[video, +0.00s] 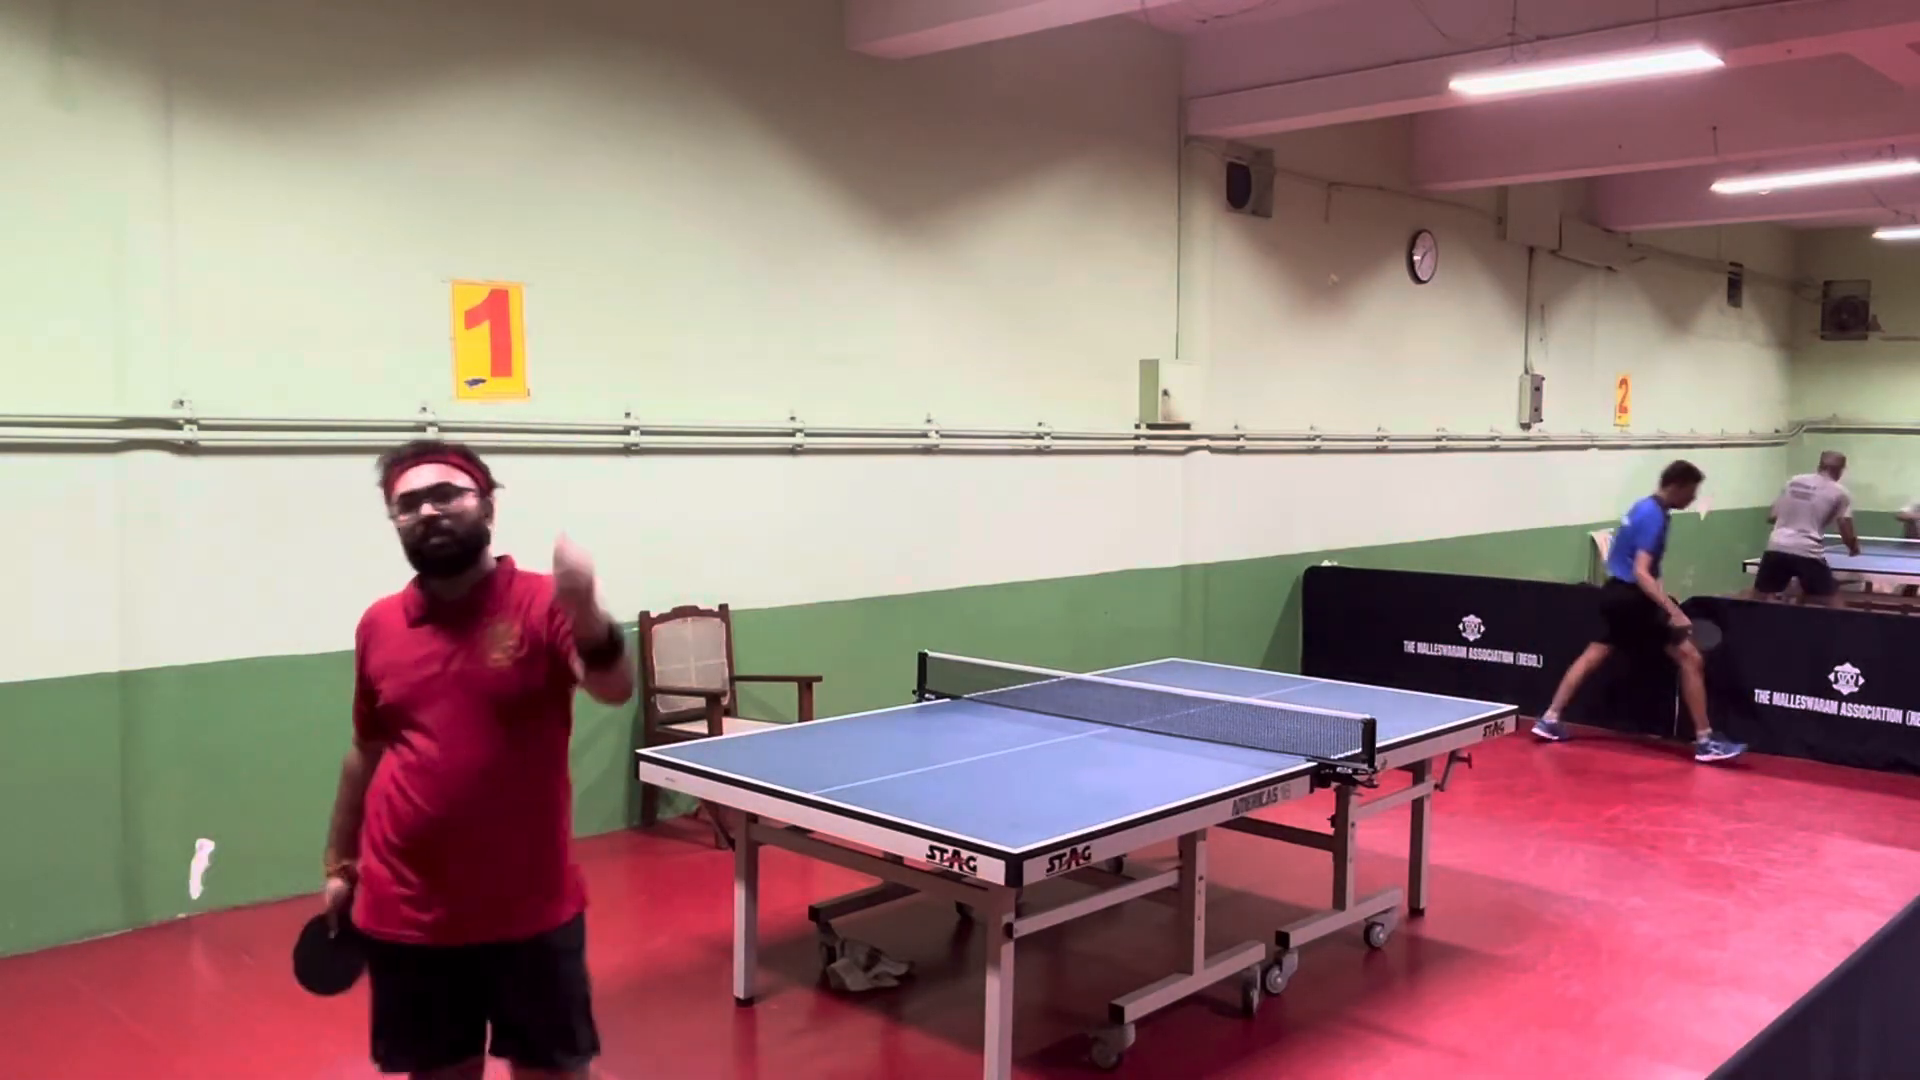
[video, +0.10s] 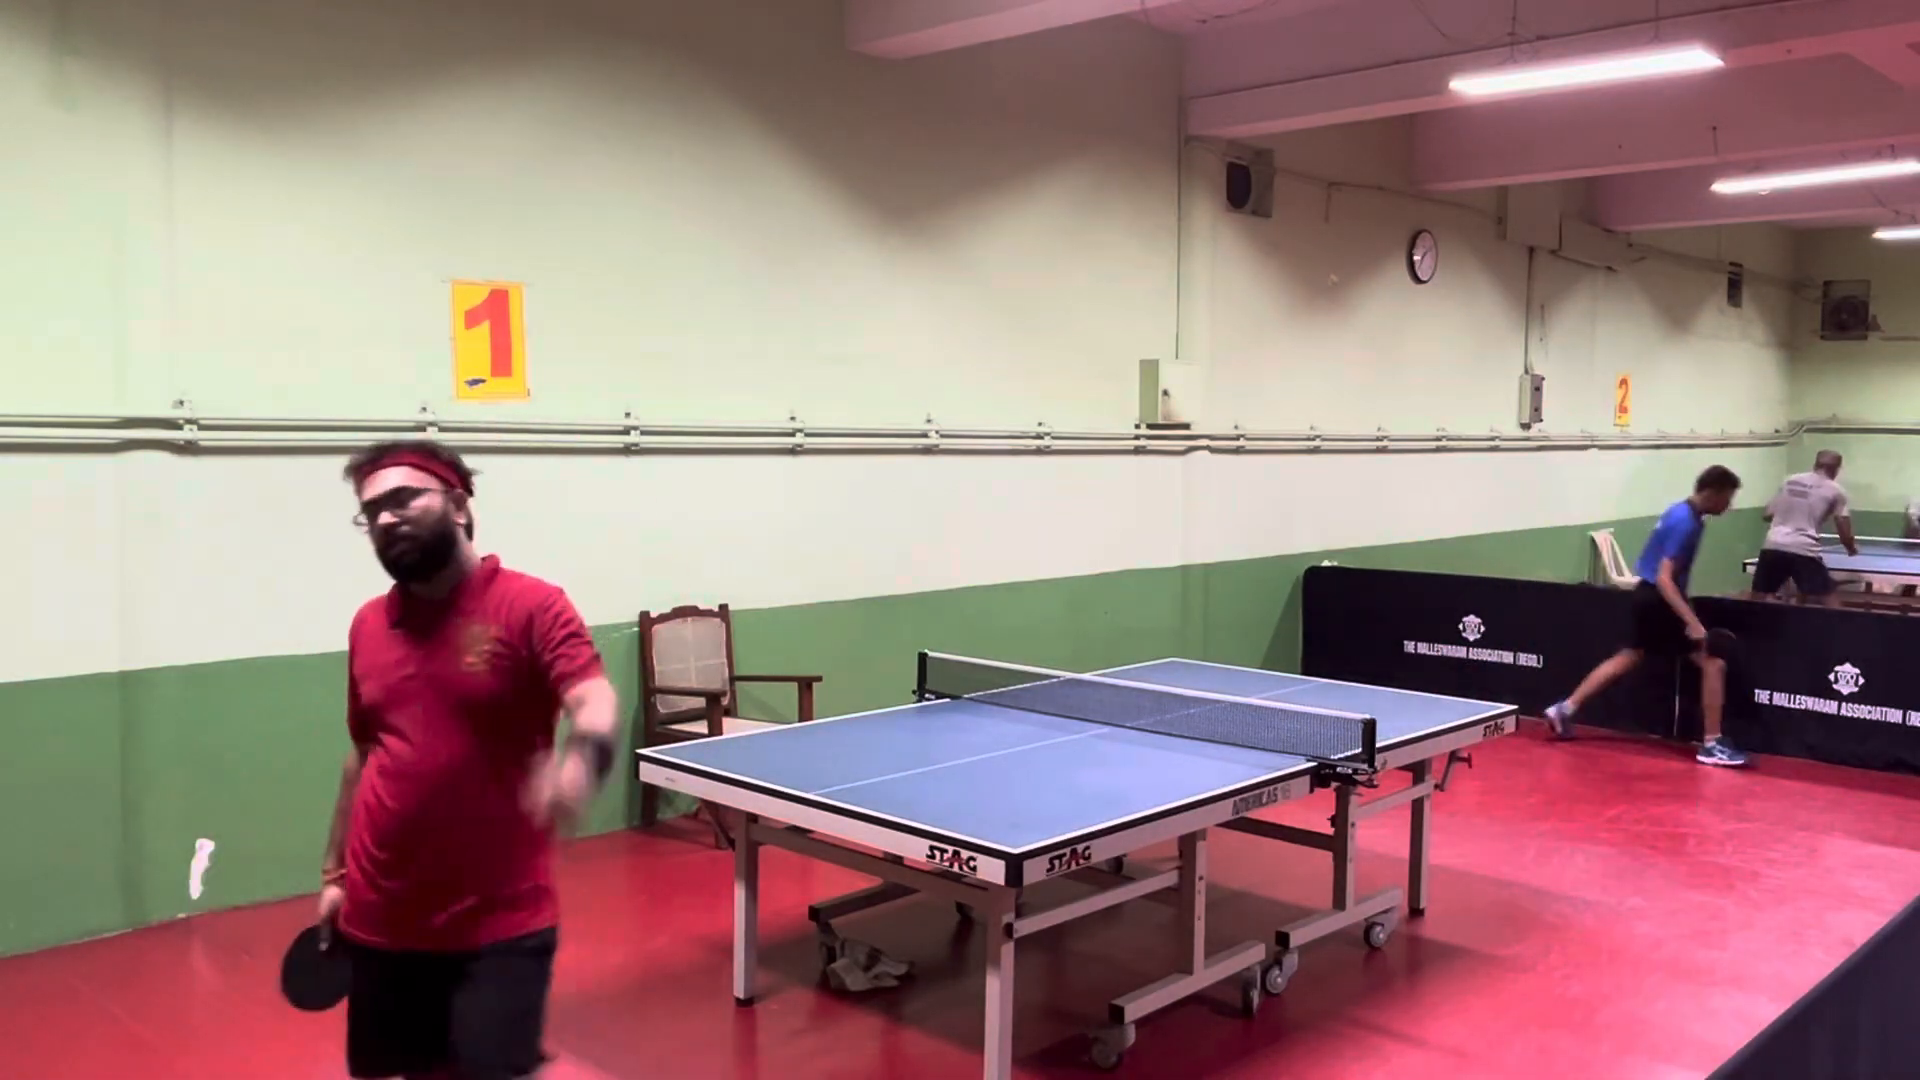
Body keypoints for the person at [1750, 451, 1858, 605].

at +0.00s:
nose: (1842, 474)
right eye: (1841, 470)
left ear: (1819, 466)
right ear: (1839, 470)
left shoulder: (1795, 481)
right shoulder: (1840, 493)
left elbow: (1772, 516)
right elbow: (1847, 534)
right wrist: (1854, 548)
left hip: (1776, 552)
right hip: (1808, 557)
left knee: (1758, 601)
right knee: (1834, 605)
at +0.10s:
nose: (1837, 473)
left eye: (1837, 469)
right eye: (1837, 469)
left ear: (1815, 465)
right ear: (1835, 469)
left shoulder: (1791, 480)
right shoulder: (1836, 491)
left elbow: (1768, 514)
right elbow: (1845, 535)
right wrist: (1852, 549)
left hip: (1772, 550)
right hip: (1804, 554)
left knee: (1757, 600)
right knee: (1831, 603)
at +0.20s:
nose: (1837, 475)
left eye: (1837, 471)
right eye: (1837, 471)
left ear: (1814, 467)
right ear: (1834, 471)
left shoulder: (1788, 481)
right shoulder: (1834, 492)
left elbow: (1766, 516)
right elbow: (1843, 537)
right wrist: (1855, 550)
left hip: (1772, 550)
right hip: (1804, 554)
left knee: (1756, 601)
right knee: (1831, 603)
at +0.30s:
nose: (1842, 479)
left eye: (1843, 475)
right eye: (1843, 475)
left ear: (1819, 469)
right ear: (1839, 474)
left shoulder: (1794, 483)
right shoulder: (1836, 493)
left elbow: (1767, 516)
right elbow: (1845, 539)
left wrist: (1783, 526)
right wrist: (1872, 555)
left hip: (1777, 553)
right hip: (1809, 556)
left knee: (1758, 602)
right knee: (1839, 603)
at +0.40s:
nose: (1856, 484)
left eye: (1857, 480)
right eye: (1856, 480)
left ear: (1833, 474)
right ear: (1851, 478)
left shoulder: (1810, 489)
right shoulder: (1843, 498)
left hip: (1789, 557)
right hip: (1817, 560)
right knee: (1854, 608)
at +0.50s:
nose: (1879, 490)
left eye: (1880, 486)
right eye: (1879, 486)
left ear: (1857, 478)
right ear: (1873, 483)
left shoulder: (1835, 495)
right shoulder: (1862, 502)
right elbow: (1876, 541)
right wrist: (1915, 550)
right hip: (1833, 566)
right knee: (1862, 595)